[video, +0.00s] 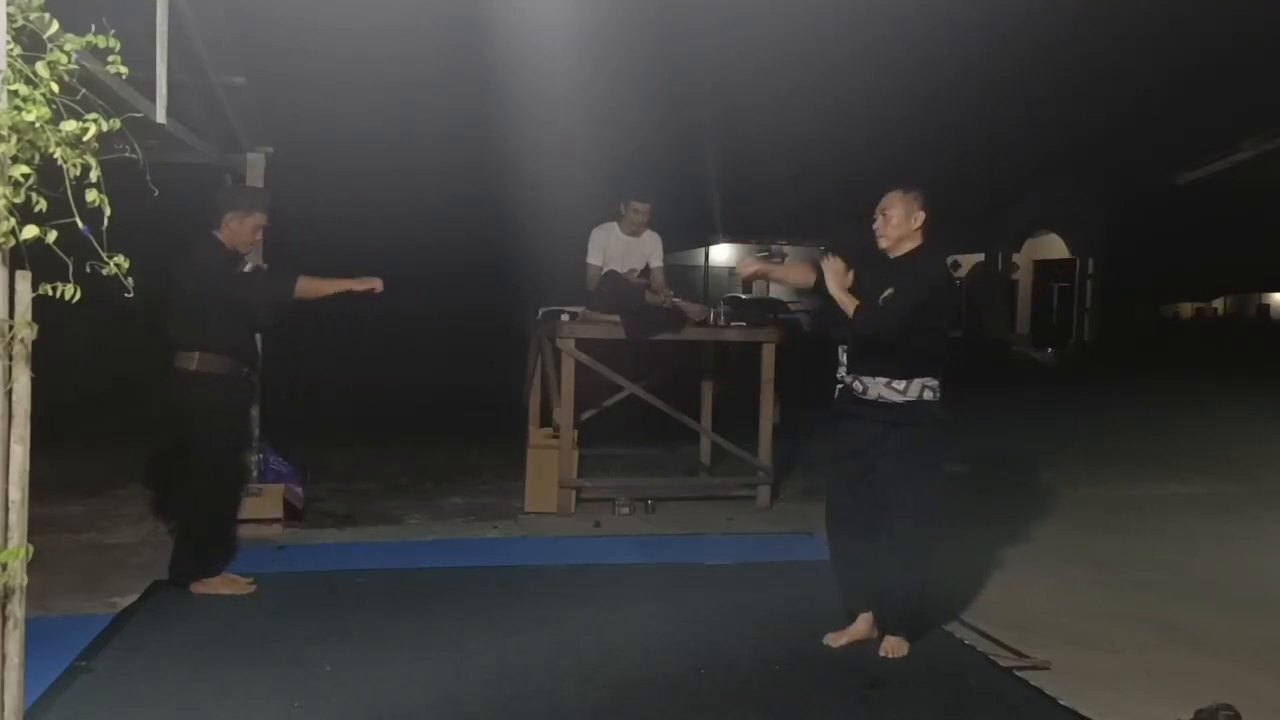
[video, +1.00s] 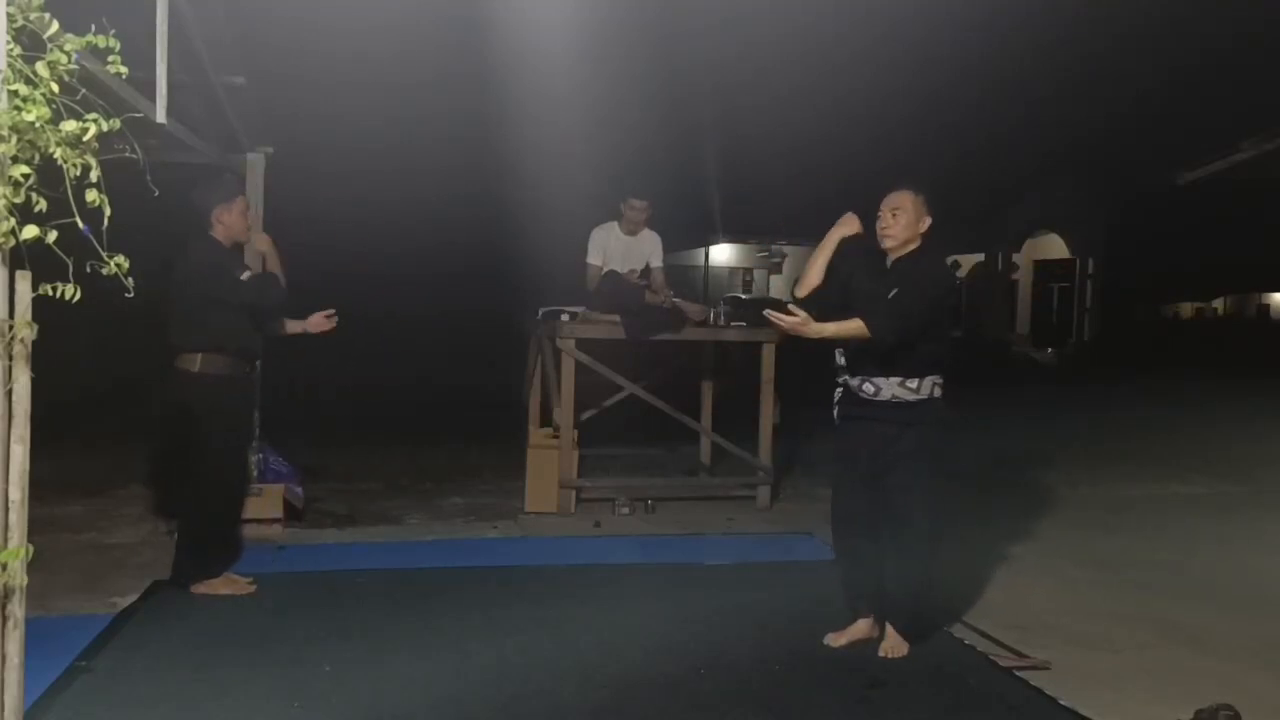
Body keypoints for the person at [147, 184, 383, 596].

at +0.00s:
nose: (259, 237)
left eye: (261, 229)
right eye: (256, 228)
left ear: (231, 225)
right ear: (230, 222)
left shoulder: (206, 256)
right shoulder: (210, 262)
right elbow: (276, 287)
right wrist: (348, 285)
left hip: (202, 380)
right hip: (209, 384)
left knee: (211, 471)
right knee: (217, 473)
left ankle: (197, 567)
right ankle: (202, 573)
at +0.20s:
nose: (258, 235)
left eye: (260, 226)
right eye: (254, 225)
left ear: (230, 222)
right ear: (229, 220)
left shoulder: (211, 255)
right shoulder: (214, 261)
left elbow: (259, 294)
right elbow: (269, 301)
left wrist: (303, 284)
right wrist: (318, 288)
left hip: (211, 380)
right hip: (211, 383)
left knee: (215, 472)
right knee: (217, 475)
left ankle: (204, 566)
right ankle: (202, 572)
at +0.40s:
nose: (258, 231)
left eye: (260, 223)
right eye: (253, 222)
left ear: (233, 223)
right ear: (228, 220)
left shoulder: (233, 260)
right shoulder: (204, 257)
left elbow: (277, 289)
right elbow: (216, 302)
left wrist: (340, 288)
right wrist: (250, 303)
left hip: (225, 380)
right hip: (207, 382)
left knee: (225, 472)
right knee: (214, 473)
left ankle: (209, 567)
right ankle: (202, 573)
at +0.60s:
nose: (254, 228)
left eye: (255, 220)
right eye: (249, 219)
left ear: (229, 221)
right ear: (225, 218)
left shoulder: (211, 257)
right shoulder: (209, 260)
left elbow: (245, 284)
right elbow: (254, 290)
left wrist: (281, 273)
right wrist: (291, 279)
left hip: (215, 380)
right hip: (211, 383)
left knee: (217, 471)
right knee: (216, 473)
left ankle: (206, 566)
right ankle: (203, 572)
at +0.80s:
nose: (255, 221)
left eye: (253, 212)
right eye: (247, 213)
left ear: (225, 219)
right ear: (222, 218)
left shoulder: (217, 258)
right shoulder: (209, 261)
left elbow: (251, 289)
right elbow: (265, 295)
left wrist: (279, 283)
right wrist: (289, 285)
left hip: (217, 382)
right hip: (209, 384)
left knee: (219, 475)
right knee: (215, 476)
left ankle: (209, 567)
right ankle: (201, 573)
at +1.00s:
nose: (251, 217)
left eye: (248, 209)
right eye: (244, 209)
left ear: (222, 215)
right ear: (221, 214)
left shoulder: (219, 258)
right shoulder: (207, 259)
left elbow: (247, 319)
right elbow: (270, 295)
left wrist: (302, 325)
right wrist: (268, 253)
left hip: (220, 378)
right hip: (208, 380)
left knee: (220, 472)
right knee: (214, 473)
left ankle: (208, 567)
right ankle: (202, 573)